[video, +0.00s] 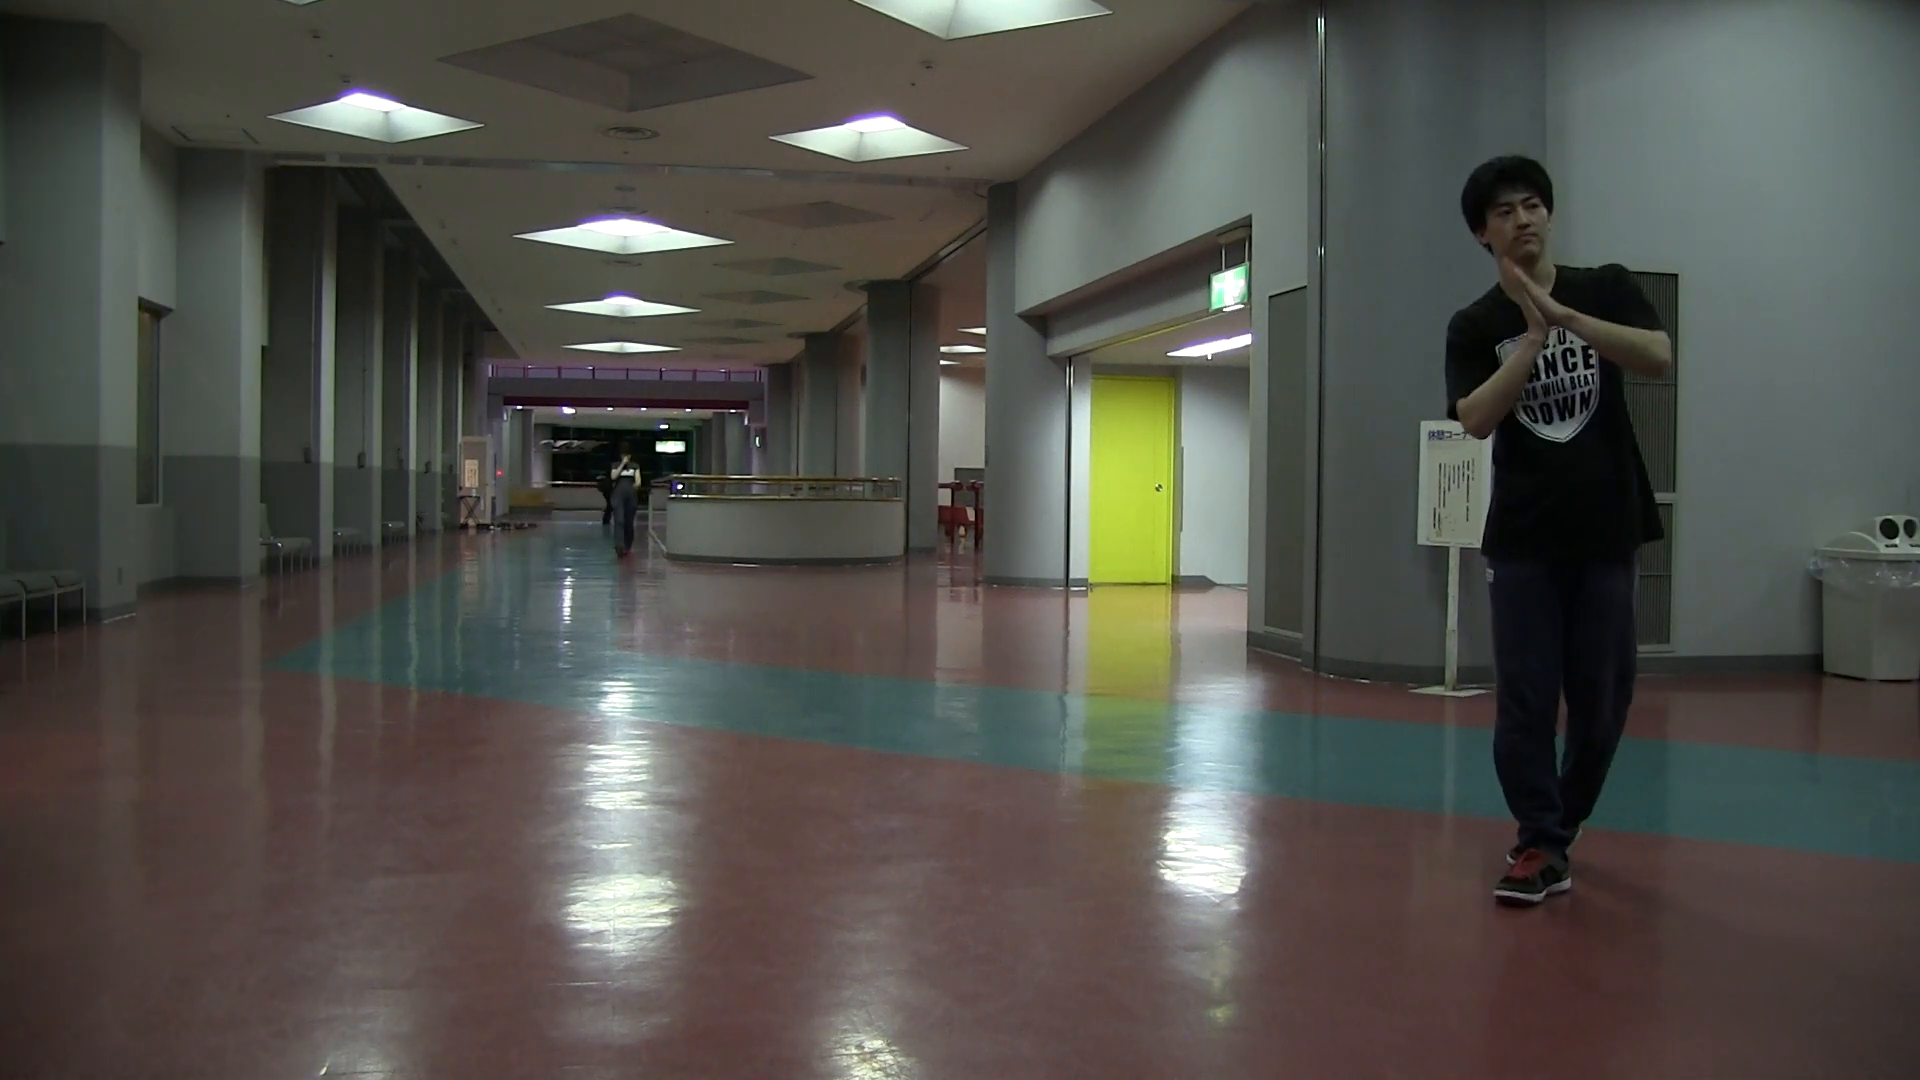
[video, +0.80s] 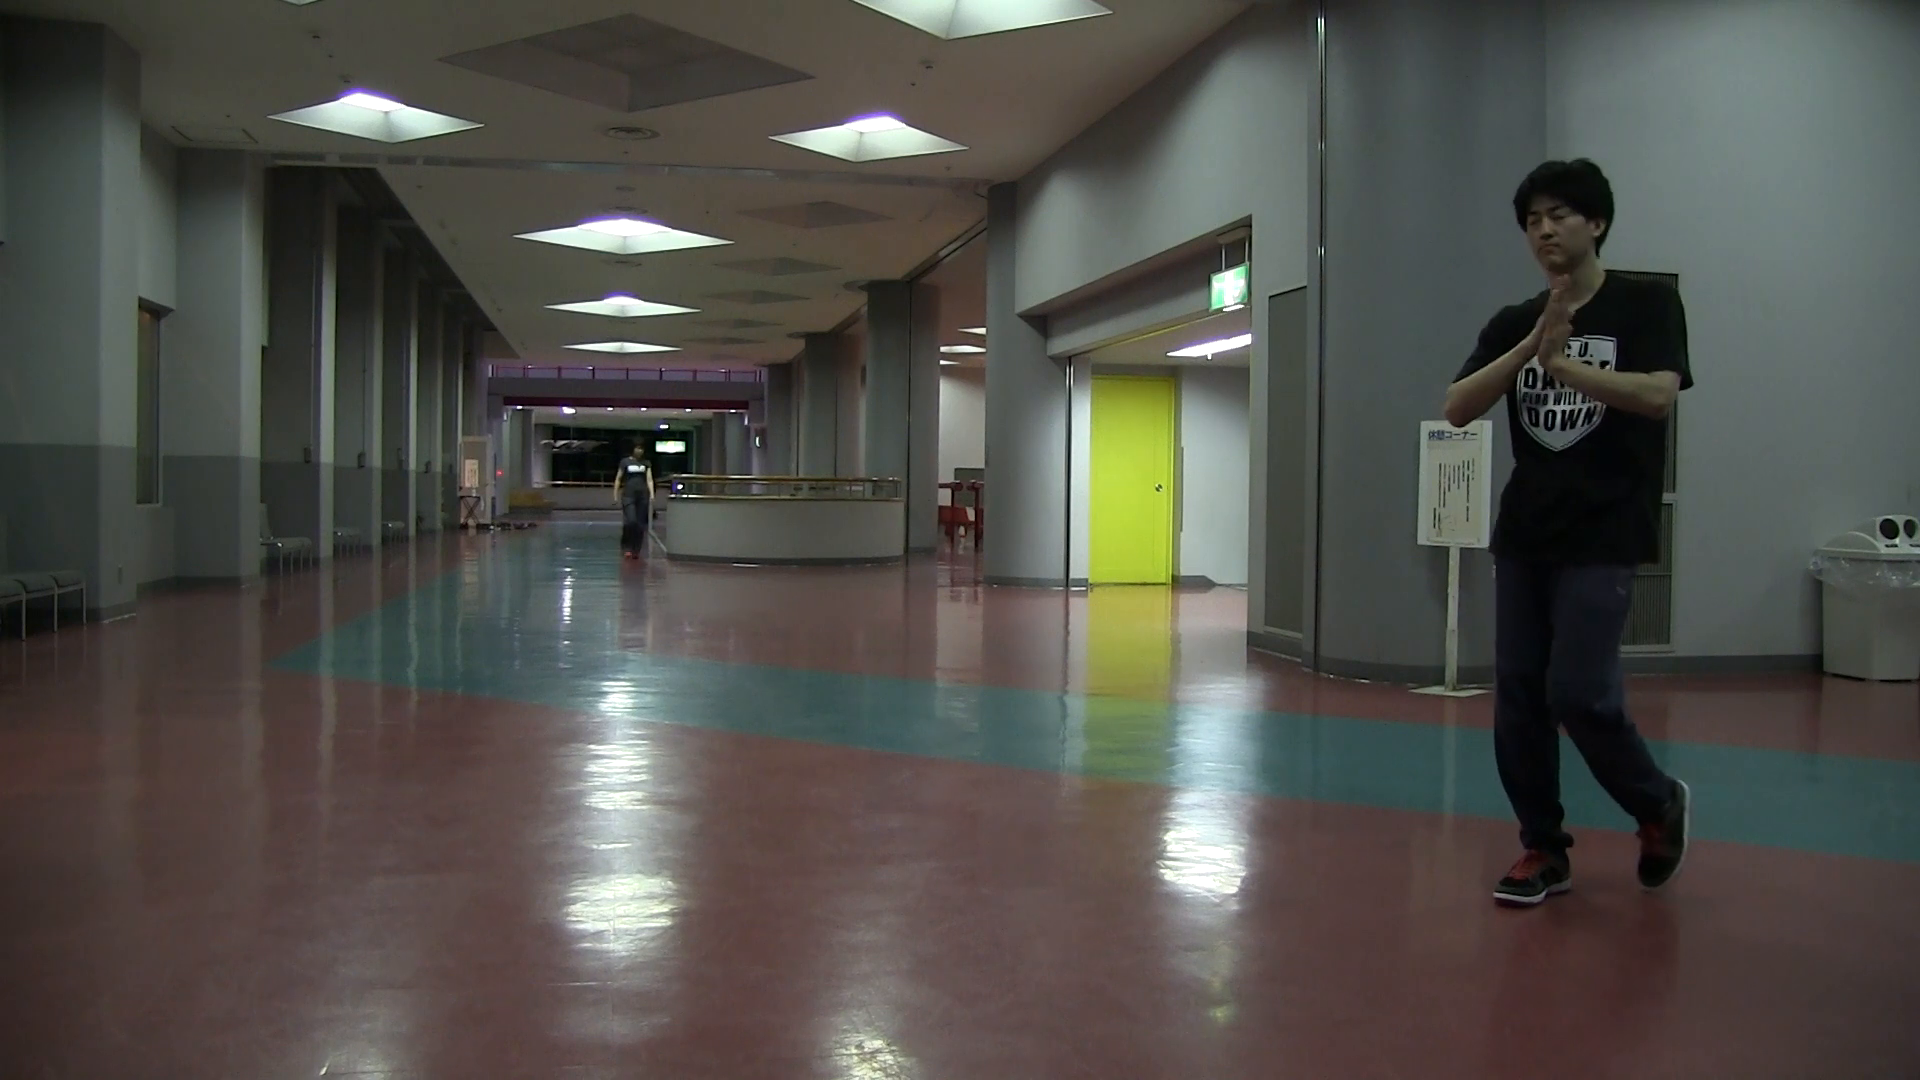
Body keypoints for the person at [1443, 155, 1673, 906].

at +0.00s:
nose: (1522, 220)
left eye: (1531, 205)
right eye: (1504, 212)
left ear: (1550, 215)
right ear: (1481, 233)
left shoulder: (1605, 288)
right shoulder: (1474, 325)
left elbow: (1658, 360)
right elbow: (1475, 418)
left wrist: (1561, 314)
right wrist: (1533, 339)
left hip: (1606, 528)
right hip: (1521, 533)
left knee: (1601, 693)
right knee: (1525, 692)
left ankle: (1555, 837)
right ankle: (1536, 848)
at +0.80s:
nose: (1546, 231)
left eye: (1560, 215)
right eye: (1534, 220)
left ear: (1596, 224)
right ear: (1524, 234)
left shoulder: (1646, 305)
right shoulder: (1513, 324)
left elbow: (1659, 397)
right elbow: (1457, 408)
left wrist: (1561, 367)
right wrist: (1530, 348)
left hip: (1604, 534)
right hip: (1524, 532)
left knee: (1581, 696)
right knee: (1519, 698)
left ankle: (1659, 806)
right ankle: (1544, 852)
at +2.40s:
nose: (1655, 241)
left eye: (1664, 232)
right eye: (1664, 231)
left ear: (1676, 248)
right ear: (1705, 271)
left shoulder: (1645, 320)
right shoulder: (1682, 331)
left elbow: (1593, 417)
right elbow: (1646, 434)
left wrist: (1559, 509)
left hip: (1599, 530)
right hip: (1633, 532)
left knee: (1563, 675)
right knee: (1618, 670)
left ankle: (1653, 812)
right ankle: (1634, 815)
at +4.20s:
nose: (1625, 232)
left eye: (1640, 218)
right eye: (1619, 220)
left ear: (1687, 222)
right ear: (1614, 226)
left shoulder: (1742, 312)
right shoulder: (1599, 315)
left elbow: (1780, 418)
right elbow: (1579, 420)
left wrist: (1790, 511)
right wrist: (1590, 503)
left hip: (1696, 540)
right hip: (1609, 536)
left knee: (1692, 696)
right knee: (1602, 694)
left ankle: (1673, 840)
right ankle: (1610, 848)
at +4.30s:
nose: (1605, 230)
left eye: (1619, 215)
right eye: (1601, 217)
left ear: (1669, 219)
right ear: (1605, 225)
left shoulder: (1732, 308)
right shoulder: (1594, 318)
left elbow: (1766, 410)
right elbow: (1596, 422)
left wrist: (1760, 493)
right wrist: (1597, 508)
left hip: (1695, 537)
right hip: (1610, 536)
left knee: (1692, 694)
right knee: (1602, 692)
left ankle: (1674, 838)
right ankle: (1632, 850)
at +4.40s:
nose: (1587, 226)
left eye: (1601, 212)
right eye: (1583, 213)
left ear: (1649, 217)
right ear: (1588, 225)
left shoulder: (1719, 305)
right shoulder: (1584, 321)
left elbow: (1752, 416)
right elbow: (1593, 421)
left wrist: (1710, 487)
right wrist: (1650, 471)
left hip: (1692, 534)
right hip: (1609, 535)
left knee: (1691, 696)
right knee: (1609, 697)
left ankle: (1677, 839)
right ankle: (1633, 852)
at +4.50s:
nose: (1569, 224)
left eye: (1582, 209)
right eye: (1566, 211)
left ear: (1630, 213)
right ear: (1576, 223)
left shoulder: (1702, 299)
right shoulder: (1577, 325)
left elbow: (1744, 414)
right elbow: (1592, 425)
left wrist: (1709, 481)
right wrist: (1657, 469)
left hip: (1692, 530)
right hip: (1609, 532)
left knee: (1686, 689)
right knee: (1612, 694)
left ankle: (1677, 841)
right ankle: (1633, 853)